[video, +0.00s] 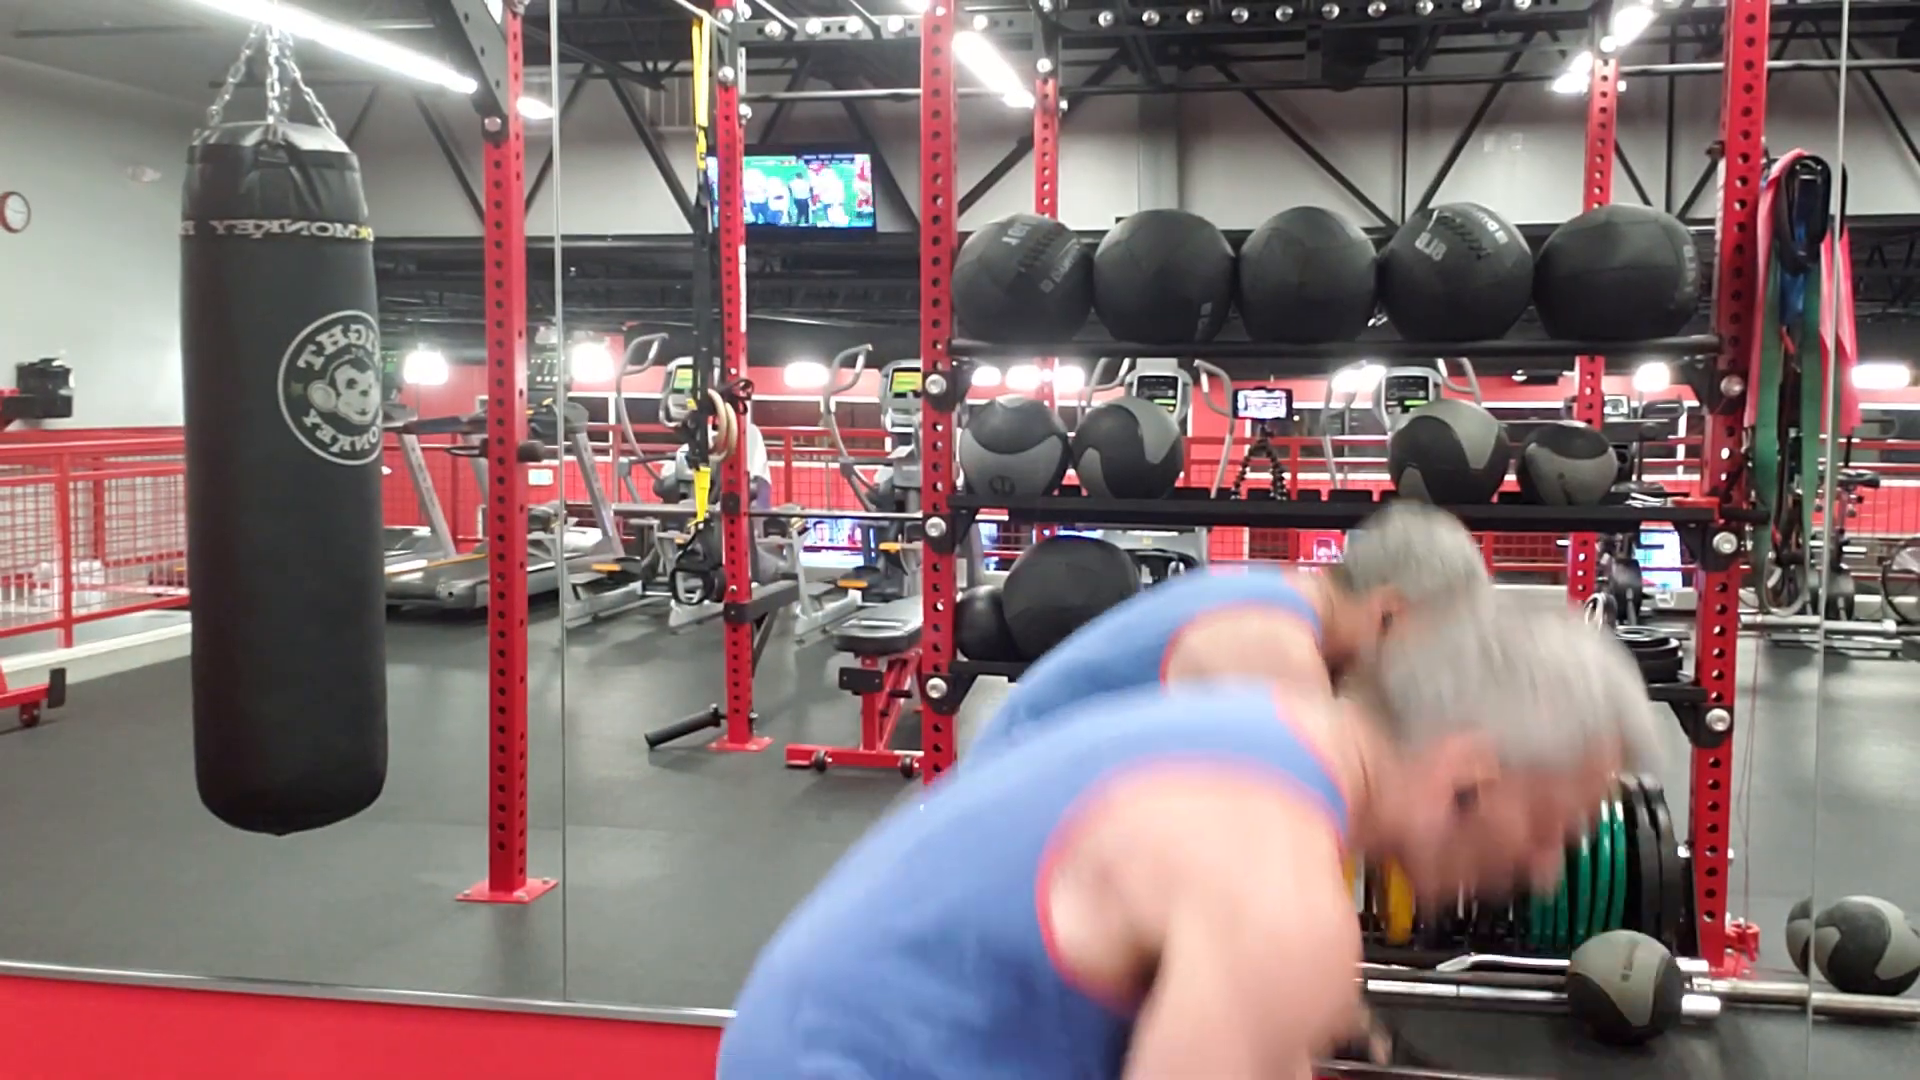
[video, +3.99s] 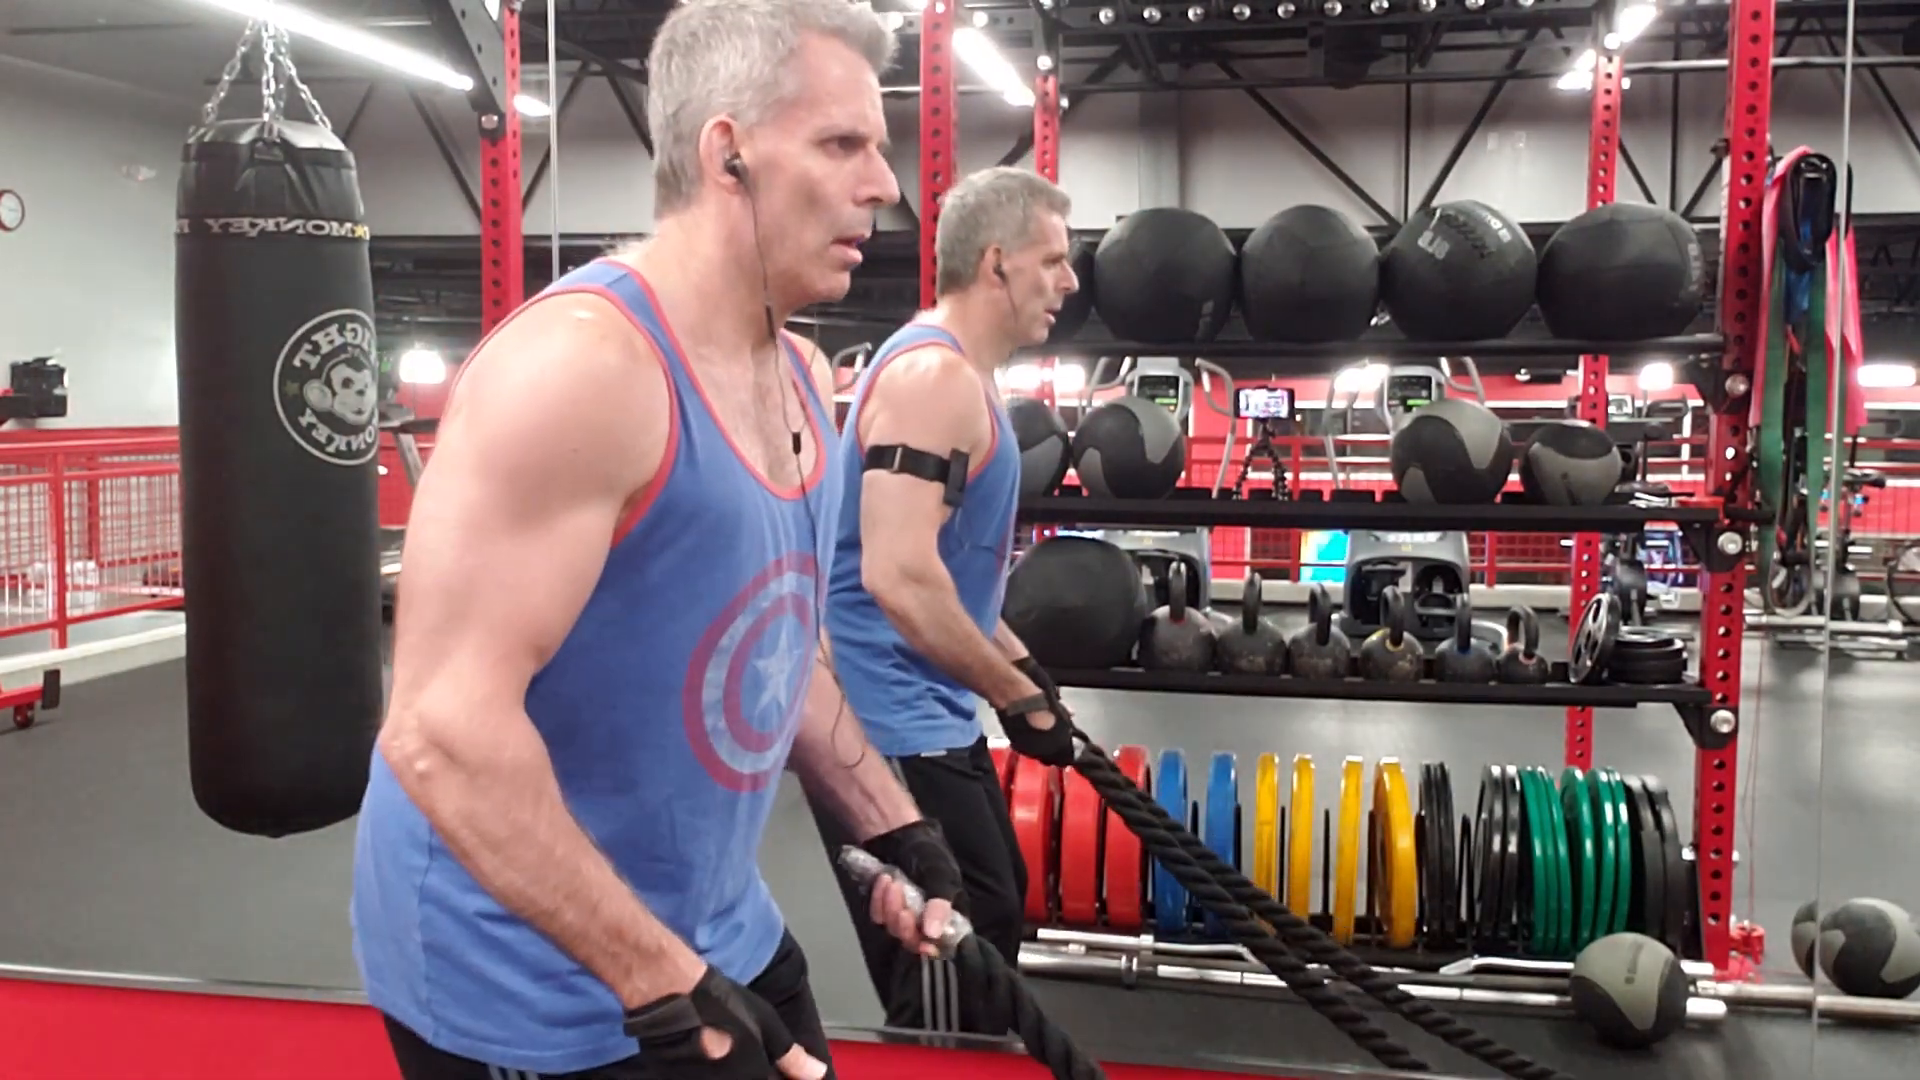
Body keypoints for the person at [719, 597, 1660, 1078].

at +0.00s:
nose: (1544, 875)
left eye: (1567, 843)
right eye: (1553, 834)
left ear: (1465, 758)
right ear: (1472, 781)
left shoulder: (1272, 731)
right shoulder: (1274, 904)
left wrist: (1302, 1017)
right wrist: (1328, 1042)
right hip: (844, 1059)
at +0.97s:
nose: (1150, 67)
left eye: (1143, 28)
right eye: (1107, 21)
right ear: (984, 27)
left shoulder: (1020, 284)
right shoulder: (856, 278)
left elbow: (1004, 603)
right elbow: (766, 683)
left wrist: (1150, 771)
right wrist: (1063, 956)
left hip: (970, 968)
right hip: (862, 995)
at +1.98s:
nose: (792, 70)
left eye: (788, 38)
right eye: (748, 29)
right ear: (634, 37)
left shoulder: (747, 280)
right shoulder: (532, 262)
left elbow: (773, 570)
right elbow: (462, 616)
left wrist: (930, 693)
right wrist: (744, 802)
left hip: (749, 900)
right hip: (592, 934)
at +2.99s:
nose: (873, 167)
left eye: (877, 130)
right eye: (841, 121)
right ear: (727, 107)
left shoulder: (799, 339)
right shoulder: (557, 307)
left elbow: (788, 603)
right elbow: (454, 650)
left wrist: (913, 786)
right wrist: (681, 887)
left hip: (747, 921)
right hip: (569, 950)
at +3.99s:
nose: (885, 185)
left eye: (879, 150)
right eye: (844, 144)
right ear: (728, 154)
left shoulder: (802, 380)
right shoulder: (572, 366)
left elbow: (775, 640)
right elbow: (444, 726)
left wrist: (898, 839)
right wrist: (663, 985)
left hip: (722, 926)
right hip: (530, 978)